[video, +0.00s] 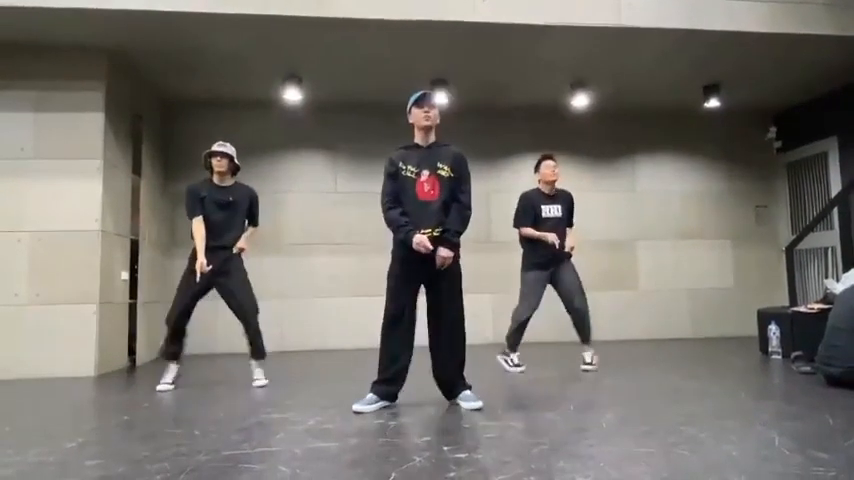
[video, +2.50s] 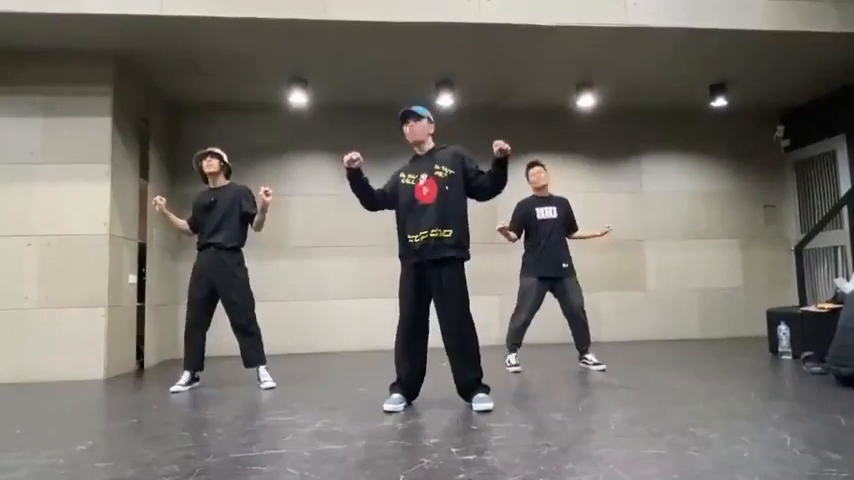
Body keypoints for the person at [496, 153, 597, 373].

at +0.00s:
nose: (554, 171)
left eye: (555, 168)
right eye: (549, 168)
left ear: (558, 173)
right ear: (538, 174)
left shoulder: (565, 197)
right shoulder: (528, 198)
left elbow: (569, 225)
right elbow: (523, 229)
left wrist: (570, 240)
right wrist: (544, 235)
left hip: (561, 263)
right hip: (535, 266)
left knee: (578, 305)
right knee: (525, 310)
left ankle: (587, 350)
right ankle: (509, 352)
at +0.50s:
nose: (552, 171)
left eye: (553, 168)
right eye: (547, 168)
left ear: (554, 172)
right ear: (536, 174)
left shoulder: (559, 193)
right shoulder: (529, 202)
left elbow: (561, 220)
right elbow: (529, 233)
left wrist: (565, 239)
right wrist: (557, 224)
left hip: (559, 260)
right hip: (536, 263)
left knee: (569, 304)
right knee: (527, 306)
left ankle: (577, 350)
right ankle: (513, 350)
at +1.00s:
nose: (533, 176)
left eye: (535, 173)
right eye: (528, 174)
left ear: (540, 179)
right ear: (520, 182)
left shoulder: (553, 207)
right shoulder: (511, 208)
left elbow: (567, 231)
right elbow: (500, 236)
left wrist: (551, 250)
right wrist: (513, 244)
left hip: (537, 269)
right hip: (511, 271)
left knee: (555, 305)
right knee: (506, 312)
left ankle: (571, 351)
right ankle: (509, 354)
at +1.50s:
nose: (556, 178)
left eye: (558, 175)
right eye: (551, 175)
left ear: (562, 179)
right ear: (542, 180)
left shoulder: (570, 203)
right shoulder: (532, 207)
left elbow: (577, 230)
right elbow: (518, 234)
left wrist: (580, 244)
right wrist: (532, 246)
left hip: (571, 266)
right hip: (545, 269)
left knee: (581, 308)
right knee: (532, 312)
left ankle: (585, 352)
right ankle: (519, 354)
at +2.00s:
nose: (549, 179)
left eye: (551, 176)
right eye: (544, 176)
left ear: (555, 180)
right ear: (535, 181)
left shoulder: (567, 205)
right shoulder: (527, 210)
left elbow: (577, 234)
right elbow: (515, 238)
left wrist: (602, 241)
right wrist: (504, 239)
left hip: (564, 273)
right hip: (536, 274)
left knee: (577, 313)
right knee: (525, 316)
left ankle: (587, 355)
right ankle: (518, 356)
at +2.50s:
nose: (538, 176)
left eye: (541, 172)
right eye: (533, 174)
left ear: (547, 176)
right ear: (529, 181)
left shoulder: (562, 203)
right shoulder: (524, 206)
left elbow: (571, 232)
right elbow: (513, 236)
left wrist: (597, 233)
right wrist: (505, 232)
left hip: (562, 269)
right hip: (534, 270)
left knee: (576, 309)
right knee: (524, 313)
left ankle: (585, 354)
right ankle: (512, 354)